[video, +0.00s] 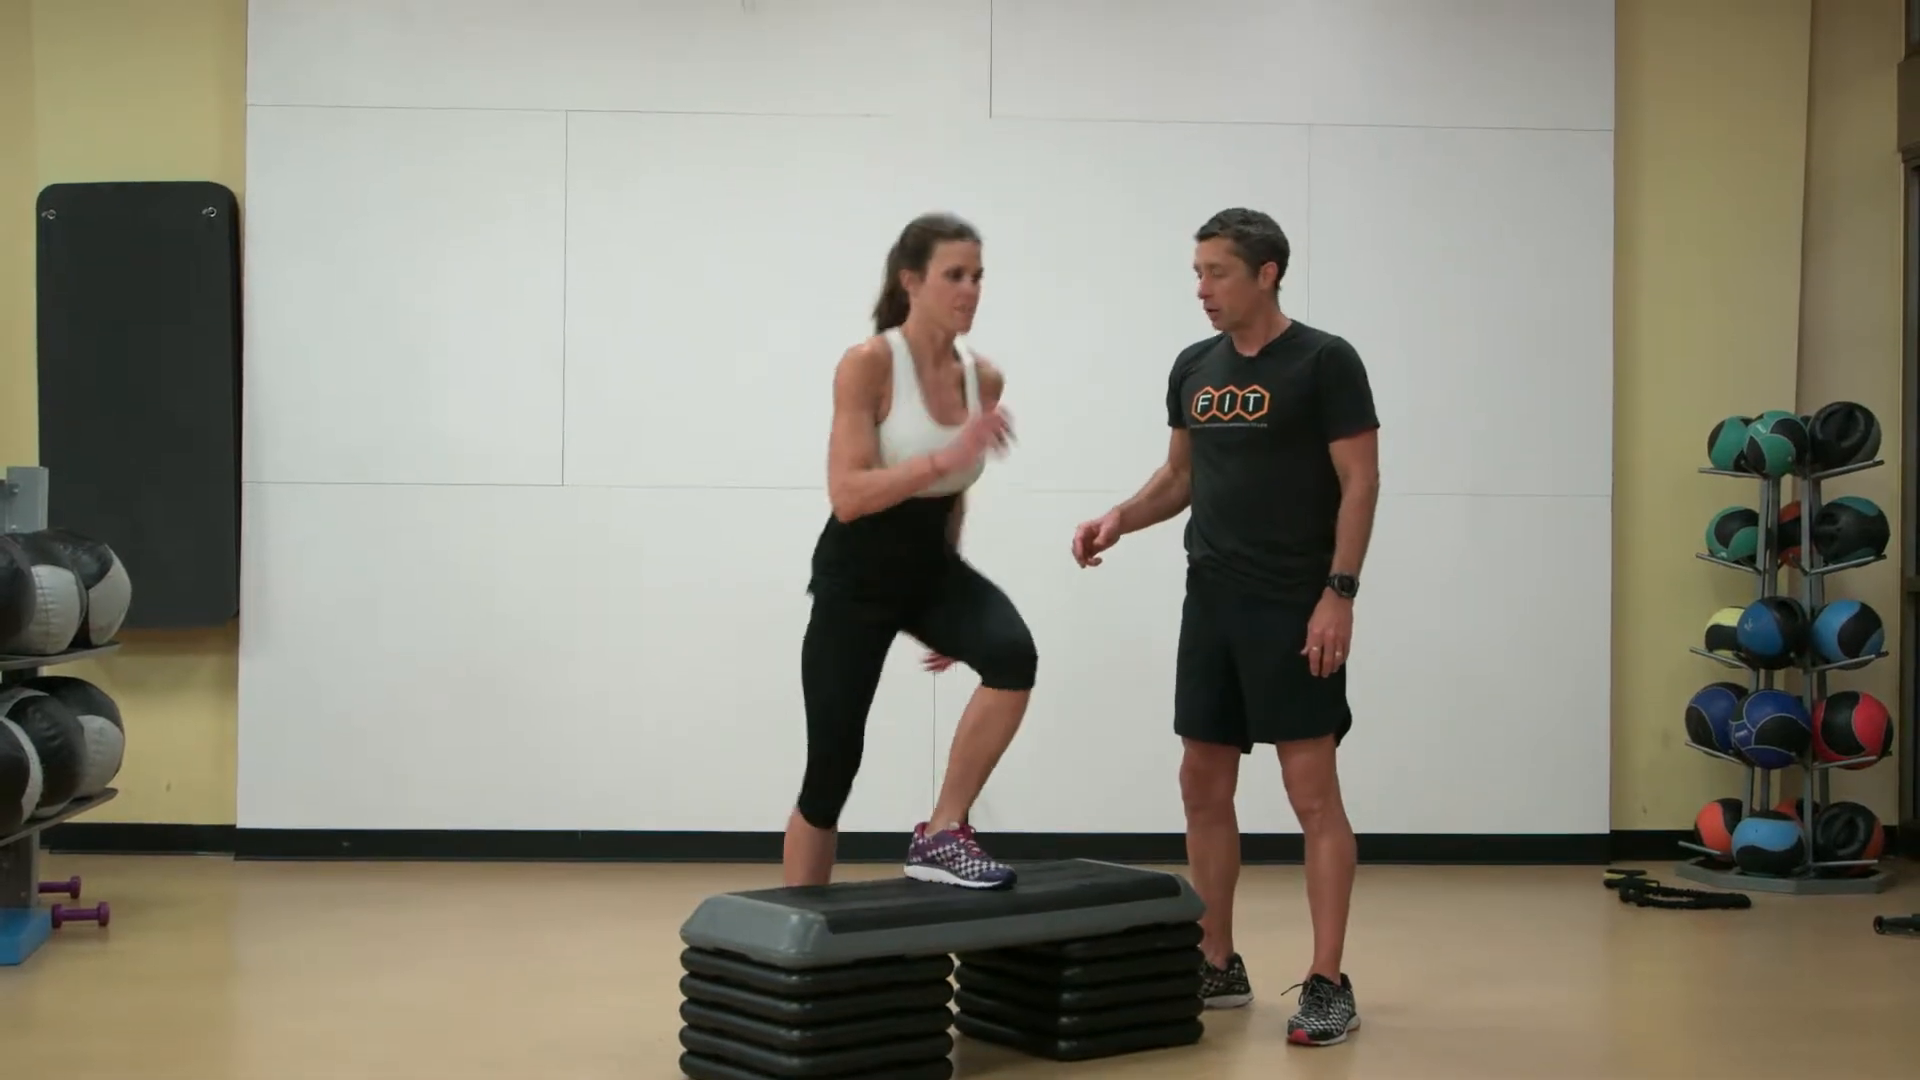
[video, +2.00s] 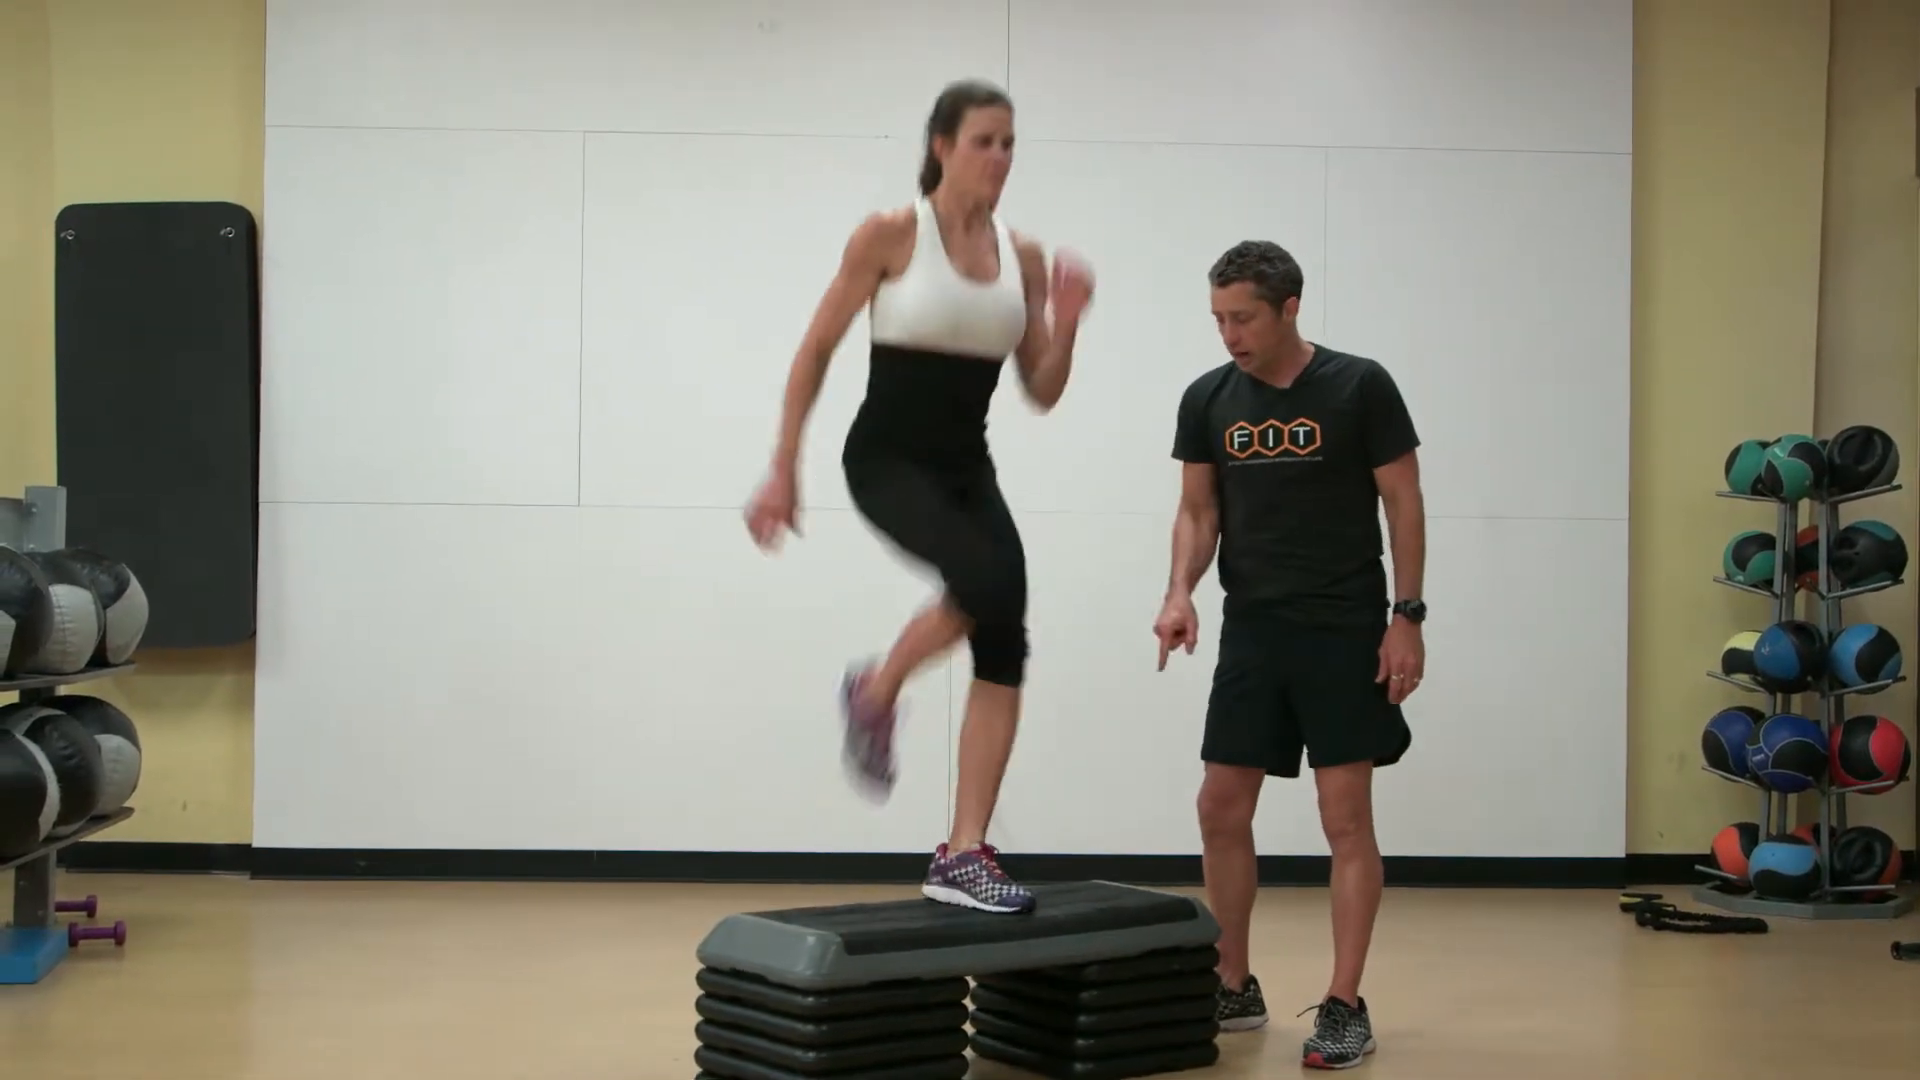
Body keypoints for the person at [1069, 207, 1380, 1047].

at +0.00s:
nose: (1202, 287)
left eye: (1216, 273)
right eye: (1198, 274)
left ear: (1268, 274)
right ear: (1205, 279)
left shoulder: (1326, 363)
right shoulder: (1193, 368)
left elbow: (1360, 485)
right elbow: (1179, 477)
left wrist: (1339, 591)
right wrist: (1119, 518)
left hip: (1296, 607)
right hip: (1211, 605)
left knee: (1313, 791)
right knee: (1202, 781)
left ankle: (1326, 979)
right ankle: (1215, 962)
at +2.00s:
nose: (1229, 333)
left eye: (1242, 318)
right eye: (1220, 319)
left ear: (1289, 309)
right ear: (1215, 317)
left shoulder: (1359, 387)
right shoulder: (1209, 399)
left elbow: (1404, 503)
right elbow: (1197, 511)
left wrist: (1406, 615)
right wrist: (1178, 591)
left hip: (1344, 633)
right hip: (1252, 634)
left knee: (1346, 819)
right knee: (1220, 808)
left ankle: (1343, 1002)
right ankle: (1232, 986)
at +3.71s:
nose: (1244, 297)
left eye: (1259, 282)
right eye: (1239, 282)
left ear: (1309, 283)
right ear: (1241, 286)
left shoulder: (1372, 376)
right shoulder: (1220, 382)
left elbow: (1410, 496)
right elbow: (1207, 492)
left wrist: (1391, 606)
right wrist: (1172, 533)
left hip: (1348, 617)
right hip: (1256, 617)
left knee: (1351, 806)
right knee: (1232, 793)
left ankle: (1350, 990)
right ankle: (1239, 973)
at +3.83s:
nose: (1253, 291)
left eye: (1267, 275)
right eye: (1249, 277)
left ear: (1317, 278)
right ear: (1253, 283)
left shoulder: (1375, 375)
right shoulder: (1238, 373)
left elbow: (1377, 498)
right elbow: (1205, 484)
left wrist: (1313, 585)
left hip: (1347, 612)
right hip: (1255, 610)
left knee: (1353, 802)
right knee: (1233, 795)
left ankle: (1350, 991)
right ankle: (1240, 975)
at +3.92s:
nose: (1257, 288)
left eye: (1272, 274)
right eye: (1255, 275)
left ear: (1323, 275)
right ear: (1263, 279)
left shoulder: (1379, 372)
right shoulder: (1244, 363)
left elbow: (1358, 485)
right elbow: (1205, 448)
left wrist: (1278, 560)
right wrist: (1216, 340)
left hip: (1346, 614)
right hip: (1259, 610)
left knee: (1352, 802)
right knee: (1235, 793)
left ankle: (1351, 991)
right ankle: (1241, 974)